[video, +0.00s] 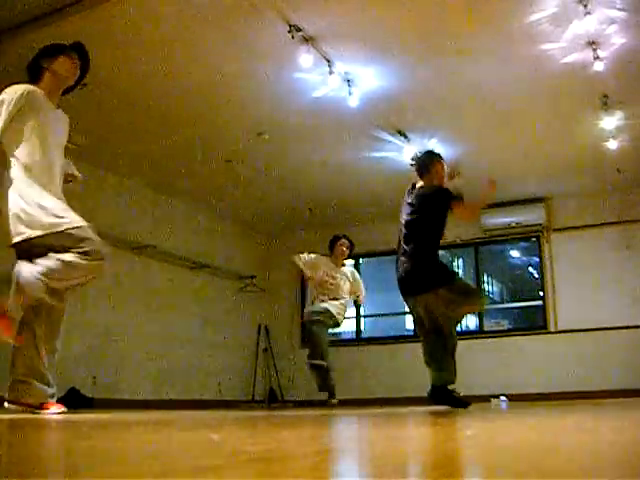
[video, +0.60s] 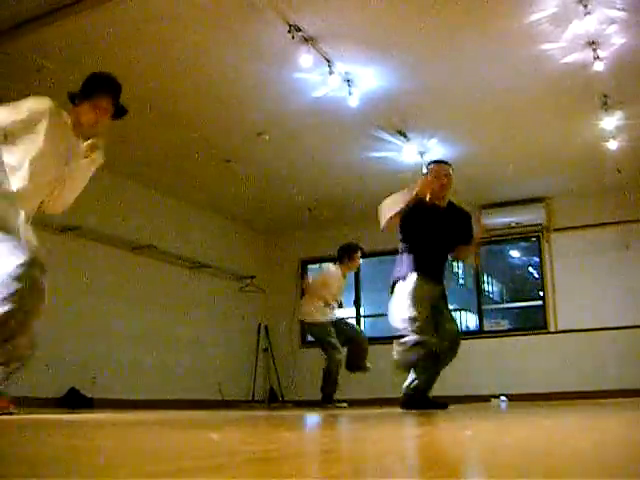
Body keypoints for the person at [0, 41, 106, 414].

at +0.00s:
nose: (75, 65)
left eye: (79, 64)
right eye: (68, 57)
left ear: (76, 81)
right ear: (46, 64)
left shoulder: (60, 117)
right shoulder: (22, 94)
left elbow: (42, 156)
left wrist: (65, 169)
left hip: (43, 204)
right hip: (21, 197)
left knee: (48, 298)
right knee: (92, 254)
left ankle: (29, 388)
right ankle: (26, 281)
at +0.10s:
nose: (77, 69)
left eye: (82, 69)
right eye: (71, 61)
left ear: (79, 83)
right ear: (49, 65)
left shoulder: (60, 116)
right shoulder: (26, 91)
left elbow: (57, 159)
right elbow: (1, 127)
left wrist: (69, 165)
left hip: (43, 211)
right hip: (34, 206)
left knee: (42, 302)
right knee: (101, 266)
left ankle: (26, 390)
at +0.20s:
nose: (82, 80)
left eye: (85, 79)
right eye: (78, 71)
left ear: (78, 88)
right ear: (57, 71)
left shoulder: (57, 122)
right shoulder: (28, 97)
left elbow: (47, 165)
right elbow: (1, 133)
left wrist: (71, 171)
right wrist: (12, 175)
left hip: (51, 216)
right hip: (34, 212)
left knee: (50, 309)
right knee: (76, 300)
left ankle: (26, 391)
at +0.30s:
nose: (85, 94)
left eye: (90, 93)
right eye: (82, 84)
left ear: (86, 103)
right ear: (61, 81)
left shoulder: (62, 144)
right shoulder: (28, 105)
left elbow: (60, 203)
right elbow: (2, 151)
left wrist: (95, 193)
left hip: (43, 226)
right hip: (28, 220)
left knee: (53, 314)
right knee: (94, 281)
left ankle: (29, 390)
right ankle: (101, 375)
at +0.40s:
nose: (89, 99)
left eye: (96, 96)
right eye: (87, 88)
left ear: (94, 102)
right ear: (68, 81)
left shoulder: (72, 146)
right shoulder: (29, 98)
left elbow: (75, 205)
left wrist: (106, 213)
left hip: (37, 219)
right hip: (12, 199)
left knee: (46, 297)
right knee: (92, 244)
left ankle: (27, 389)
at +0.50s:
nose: (97, 102)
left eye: (103, 100)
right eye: (94, 92)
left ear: (103, 106)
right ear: (77, 83)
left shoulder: (80, 144)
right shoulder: (39, 93)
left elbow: (56, 191)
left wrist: (94, 178)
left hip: (32, 199)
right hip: (6, 183)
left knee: (39, 285)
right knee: (59, 232)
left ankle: (18, 382)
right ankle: (12, 323)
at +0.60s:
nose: (100, 119)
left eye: (106, 115)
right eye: (97, 108)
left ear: (108, 120)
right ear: (81, 101)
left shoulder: (80, 155)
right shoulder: (42, 111)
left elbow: (54, 206)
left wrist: (85, 165)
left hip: (17, 216)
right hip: (3, 201)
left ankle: (1, 383)